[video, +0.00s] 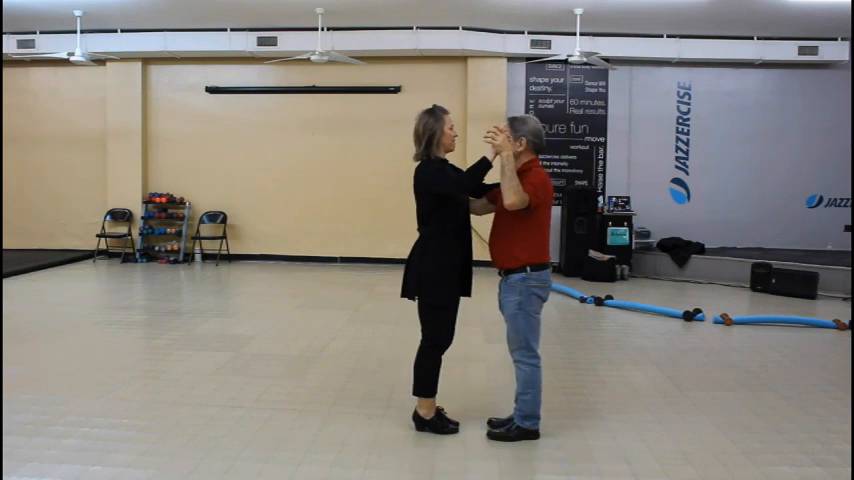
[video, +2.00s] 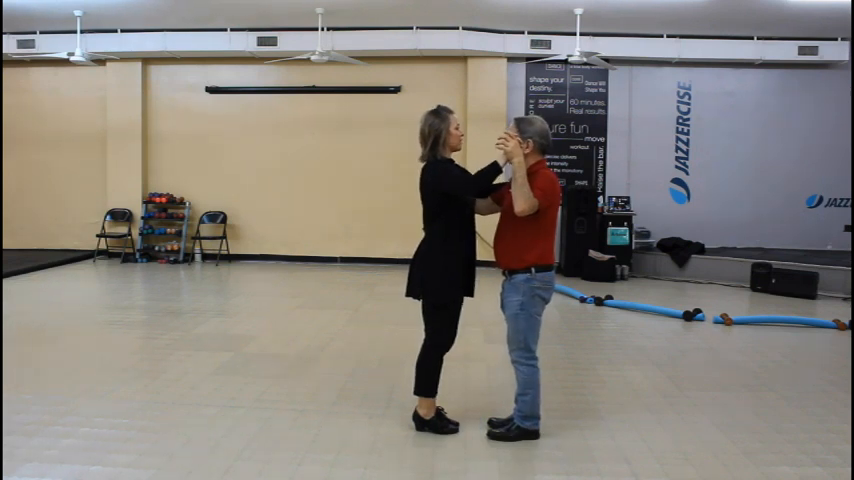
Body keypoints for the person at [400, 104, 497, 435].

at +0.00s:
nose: (456, 133)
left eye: (454, 128)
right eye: (450, 128)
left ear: (436, 133)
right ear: (436, 133)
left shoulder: (440, 168)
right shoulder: (431, 170)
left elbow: (472, 195)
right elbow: (465, 185)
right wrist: (490, 156)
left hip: (442, 266)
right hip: (435, 267)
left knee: (437, 338)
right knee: (435, 339)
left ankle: (426, 408)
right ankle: (425, 411)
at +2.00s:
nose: (462, 133)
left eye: (460, 127)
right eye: (456, 128)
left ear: (441, 133)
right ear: (442, 133)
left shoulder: (442, 167)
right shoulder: (439, 169)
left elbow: (473, 196)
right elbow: (473, 186)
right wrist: (501, 161)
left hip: (444, 267)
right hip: (441, 269)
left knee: (439, 339)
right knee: (437, 340)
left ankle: (427, 407)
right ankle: (424, 411)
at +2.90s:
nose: (453, 139)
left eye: (452, 133)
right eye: (448, 134)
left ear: (432, 138)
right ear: (433, 138)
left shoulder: (436, 173)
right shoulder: (425, 174)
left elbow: (464, 200)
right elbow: (455, 190)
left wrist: (498, 189)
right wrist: (485, 165)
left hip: (435, 270)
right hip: (421, 272)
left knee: (446, 336)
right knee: (445, 337)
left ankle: (429, 406)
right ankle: (410, 404)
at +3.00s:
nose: (446, 138)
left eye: (444, 133)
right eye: (440, 134)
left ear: (423, 140)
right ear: (424, 140)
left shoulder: (429, 176)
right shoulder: (419, 177)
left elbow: (457, 202)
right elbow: (444, 196)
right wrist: (473, 170)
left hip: (431, 274)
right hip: (415, 276)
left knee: (443, 335)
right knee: (437, 336)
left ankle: (428, 406)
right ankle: (376, 392)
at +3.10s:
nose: (435, 138)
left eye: (433, 133)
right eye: (429, 135)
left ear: (415, 142)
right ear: (415, 142)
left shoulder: (421, 179)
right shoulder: (408, 179)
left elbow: (449, 208)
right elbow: (435, 197)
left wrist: (481, 190)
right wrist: (462, 172)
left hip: (426, 278)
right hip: (406, 279)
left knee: (440, 333)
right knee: (408, 349)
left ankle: (428, 406)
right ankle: (344, 391)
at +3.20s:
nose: (424, 141)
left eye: (422, 136)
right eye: (419, 137)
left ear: (403, 144)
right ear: (404, 143)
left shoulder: (409, 180)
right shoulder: (398, 180)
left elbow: (441, 206)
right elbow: (424, 199)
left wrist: (472, 189)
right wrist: (450, 173)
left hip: (414, 278)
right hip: (393, 279)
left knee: (435, 333)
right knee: (378, 347)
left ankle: (427, 407)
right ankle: (321, 400)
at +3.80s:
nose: (421, 136)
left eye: (419, 130)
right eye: (415, 131)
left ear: (400, 137)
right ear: (400, 137)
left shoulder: (410, 172)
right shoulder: (396, 174)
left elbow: (441, 201)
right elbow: (430, 195)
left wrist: (474, 183)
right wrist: (456, 171)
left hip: (417, 272)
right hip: (398, 274)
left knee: (426, 336)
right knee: (406, 340)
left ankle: (409, 407)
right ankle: (346, 391)